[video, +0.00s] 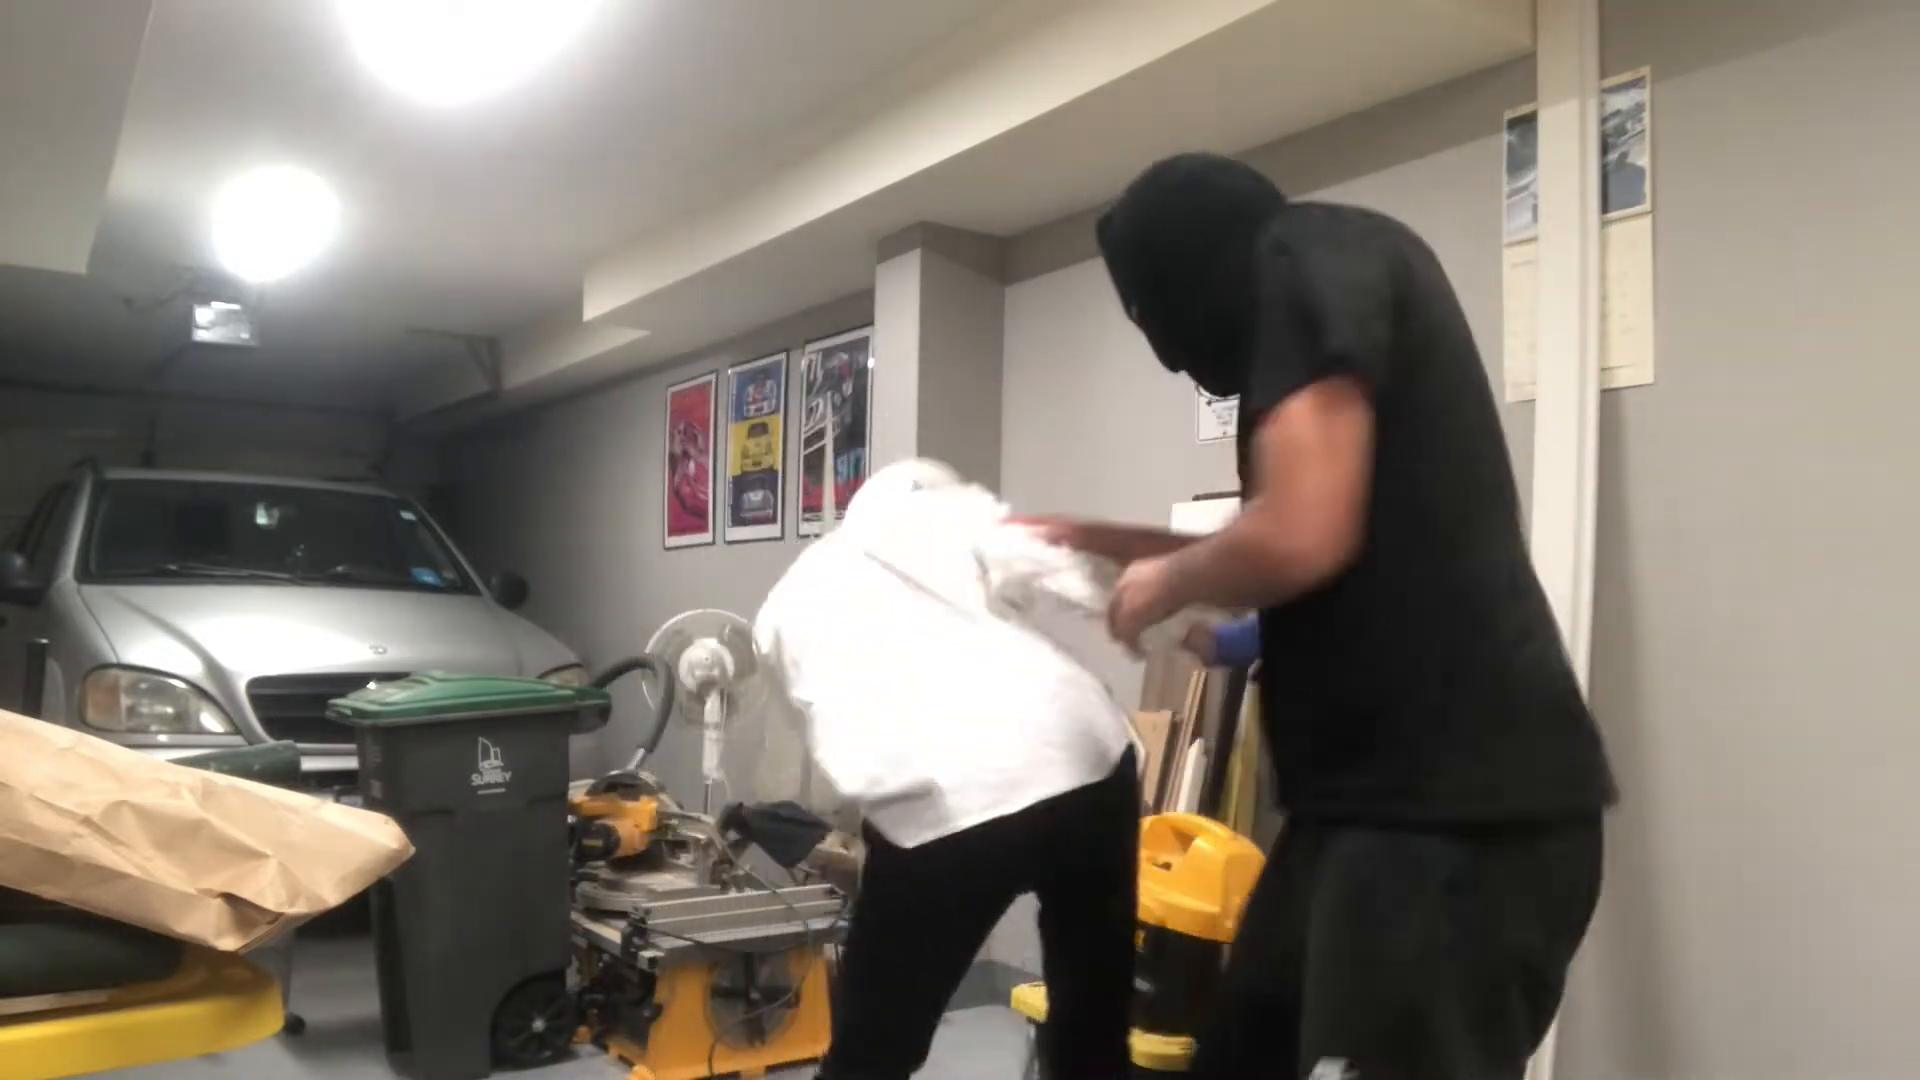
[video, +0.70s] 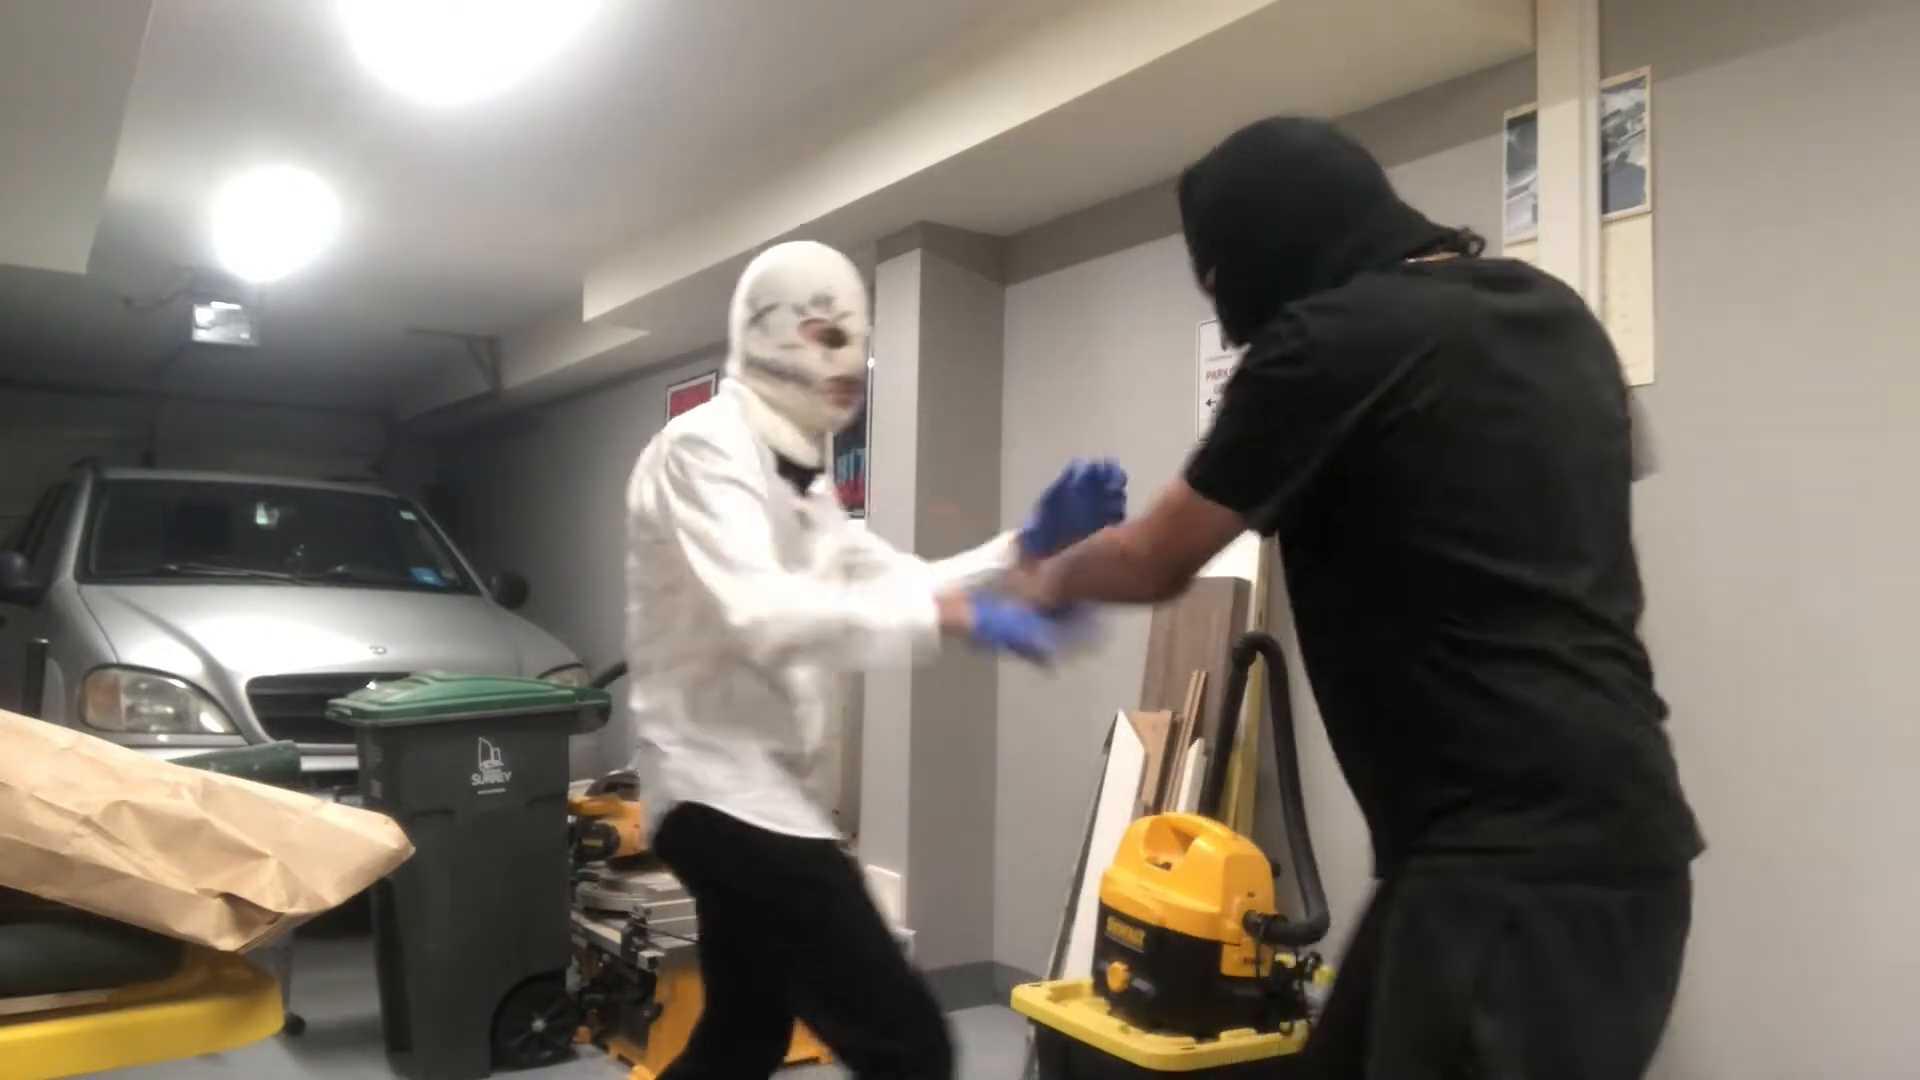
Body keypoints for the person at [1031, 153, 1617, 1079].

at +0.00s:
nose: (1167, 349)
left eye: (1157, 311)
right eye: (1149, 320)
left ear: (1192, 264)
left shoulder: (1318, 251)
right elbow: (1285, 542)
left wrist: (1172, 583)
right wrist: (1112, 544)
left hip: (1452, 821)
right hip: (1367, 810)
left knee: (1407, 1062)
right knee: (1241, 1062)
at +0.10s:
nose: (1162, 359)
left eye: (1149, 322)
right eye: (1141, 331)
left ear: (1186, 270)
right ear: (1223, 234)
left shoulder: (1307, 281)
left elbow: (1268, 560)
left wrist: (1146, 538)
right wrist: (1176, 581)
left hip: (1468, 817)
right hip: (1367, 808)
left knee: (1393, 1061)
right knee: (1260, 1060)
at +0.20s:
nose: (1167, 379)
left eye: (1157, 353)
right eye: (1152, 362)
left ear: (1183, 305)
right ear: (1265, 251)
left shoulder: (1257, 337)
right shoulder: (1455, 333)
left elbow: (1119, 580)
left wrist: (1043, 543)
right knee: (1268, 1064)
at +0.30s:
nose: (1176, 372)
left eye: (1165, 344)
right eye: (1159, 355)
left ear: (1196, 290)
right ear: (1256, 240)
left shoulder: (1292, 298)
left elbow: (1124, 542)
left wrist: (1056, 558)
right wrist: (1254, 570)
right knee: (1277, 1069)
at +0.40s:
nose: (1201, 344)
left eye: (1193, 313)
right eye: (1185, 322)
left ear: (1231, 258)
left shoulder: (1340, 267)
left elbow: (1250, 560)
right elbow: (1325, 572)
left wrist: (1121, 540)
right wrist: (1164, 523)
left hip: (1491, 828)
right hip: (1410, 822)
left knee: (1444, 1062)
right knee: (1298, 1063)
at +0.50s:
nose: (1221, 326)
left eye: (1217, 293)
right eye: (1207, 301)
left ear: (1267, 243)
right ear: (1314, 213)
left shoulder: (1370, 270)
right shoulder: (1431, 268)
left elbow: (1318, 554)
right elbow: (1363, 536)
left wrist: (1169, 513)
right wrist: (1222, 504)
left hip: (1469, 824)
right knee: (1298, 1061)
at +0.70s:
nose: (1214, 299)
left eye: (1213, 270)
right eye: (1206, 274)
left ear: (1261, 246)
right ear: (1359, 204)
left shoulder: (1326, 344)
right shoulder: (1554, 312)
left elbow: (1152, 561)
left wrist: (1052, 577)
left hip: (1486, 883)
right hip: (1624, 866)